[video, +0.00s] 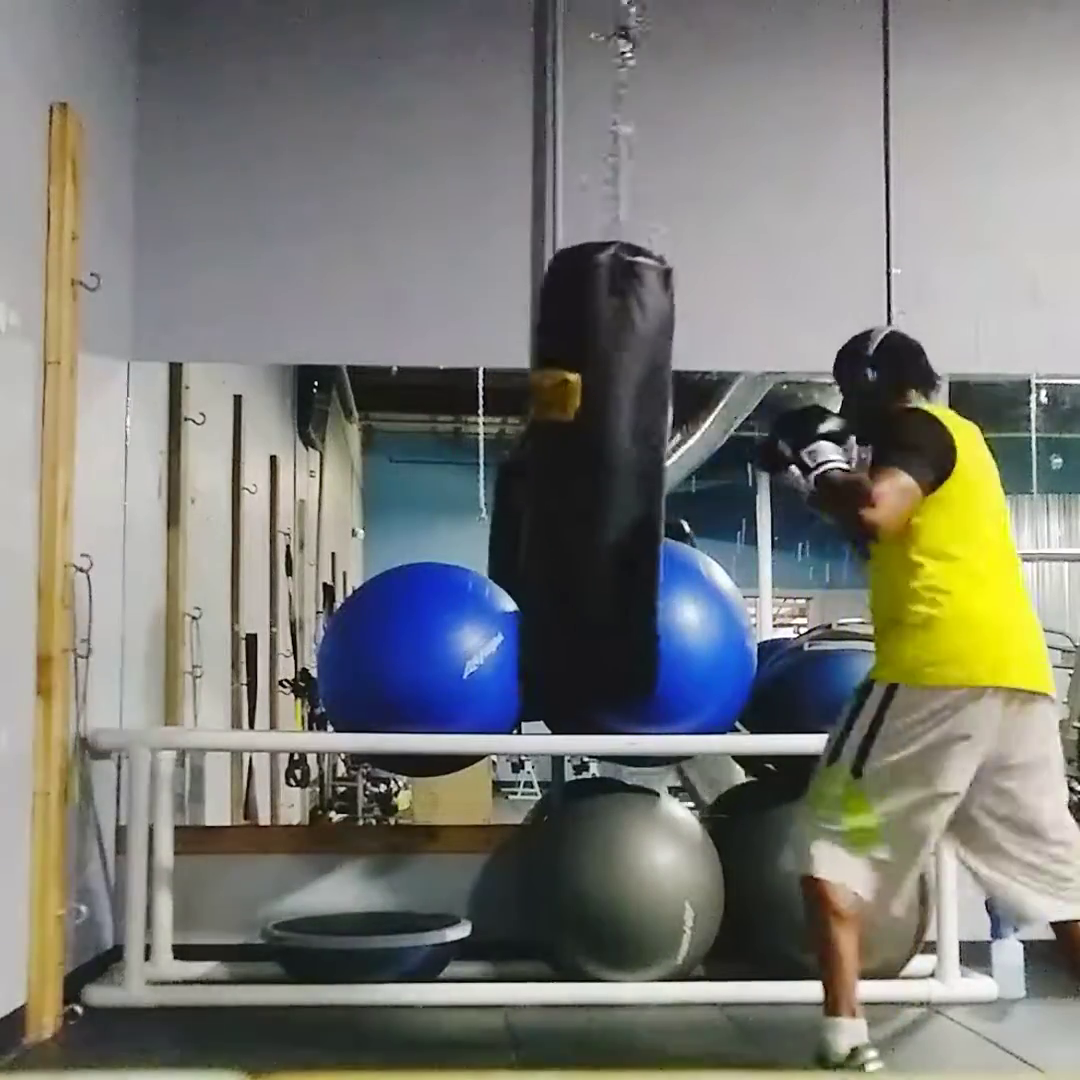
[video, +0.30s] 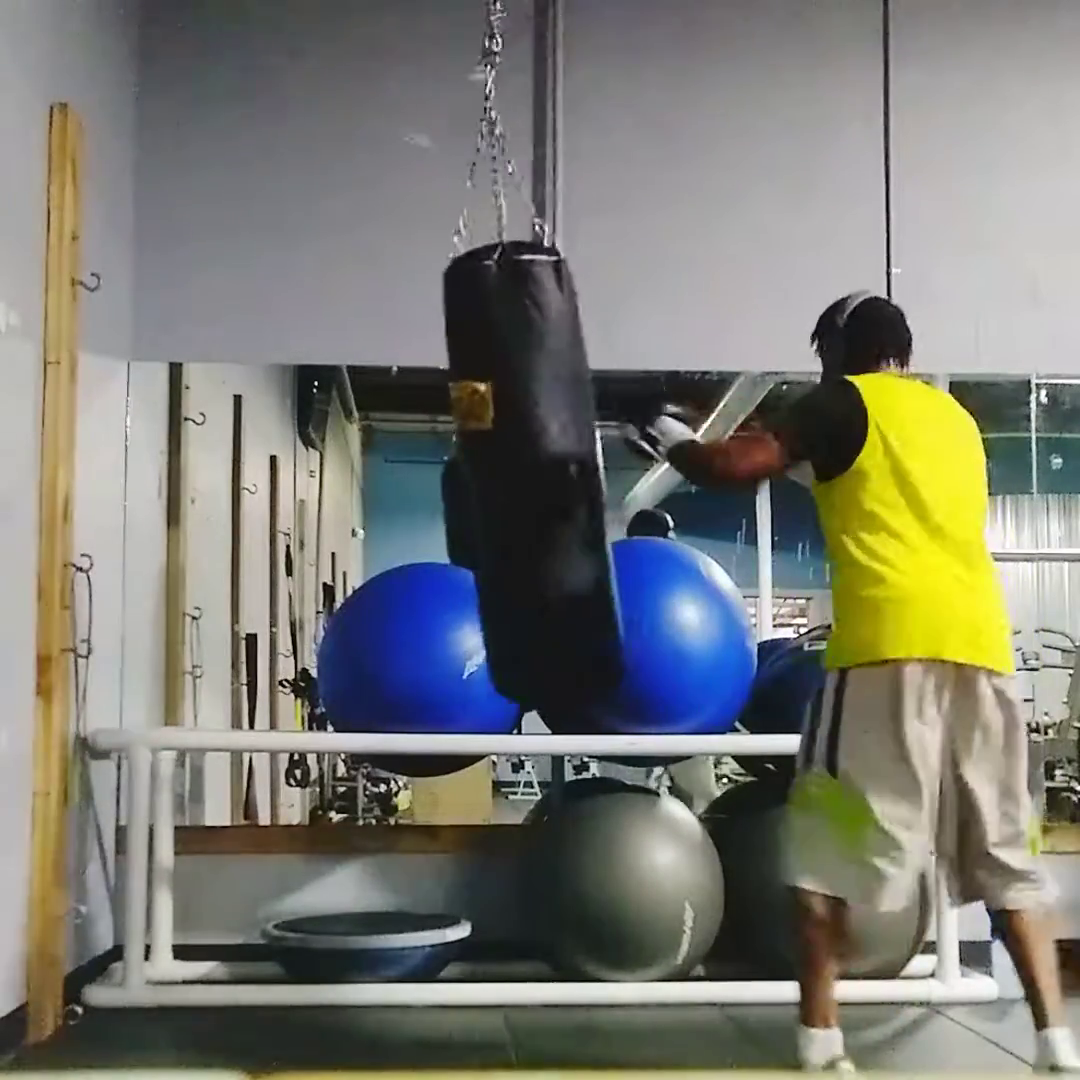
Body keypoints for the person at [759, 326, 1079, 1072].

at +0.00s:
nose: (852, 413)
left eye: (853, 400)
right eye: (850, 403)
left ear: (874, 392)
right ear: (926, 383)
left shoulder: (916, 425)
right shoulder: (963, 435)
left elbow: (877, 512)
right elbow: (881, 516)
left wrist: (821, 468)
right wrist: (829, 476)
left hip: (937, 669)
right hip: (1021, 673)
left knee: (833, 840)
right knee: (1060, 875)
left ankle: (845, 1029)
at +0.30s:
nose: (824, 371)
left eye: (826, 360)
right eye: (824, 362)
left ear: (843, 356)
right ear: (903, 356)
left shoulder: (843, 398)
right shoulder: (958, 417)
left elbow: (728, 464)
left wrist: (676, 442)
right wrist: (805, 439)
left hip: (883, 647)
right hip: (984, 650)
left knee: (819, 841)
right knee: (1008, 853)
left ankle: (821, 1035)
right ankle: (1056, 1037)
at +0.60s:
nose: (752, 375)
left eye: (752, 364)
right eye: (755, 368)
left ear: (762, 360)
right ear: (835, 358)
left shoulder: (754, 399)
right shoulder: (903, 418)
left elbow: (630, 418)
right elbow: (909, 521)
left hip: (804, 642)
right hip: (915, 647)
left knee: (745, 862)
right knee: (968, 866)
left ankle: (707, 1060)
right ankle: (1019, 1056)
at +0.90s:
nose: (684, 366)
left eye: (686, 356)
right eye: (688, 358)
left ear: (695, 352)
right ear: (769, 350)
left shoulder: (688, 396)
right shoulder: (831, 419)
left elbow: (586, 478)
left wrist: (573, 445)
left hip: (706, 653)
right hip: (823, 656)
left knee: (622, 833)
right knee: (867, 861)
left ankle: (570, 1033)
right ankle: (914, 1059)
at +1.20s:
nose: (581, 339)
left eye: (580, 328)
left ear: (584, 324)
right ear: (665, 321)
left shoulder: (561, 377)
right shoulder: (726, 387)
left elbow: (439, 463)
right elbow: (751, 518)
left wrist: (461, 411)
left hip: (598, 633)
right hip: (712, 635)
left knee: (565, 855)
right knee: (747, 855)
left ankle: (541, 1059)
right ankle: (762, 1057)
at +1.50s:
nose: (555, 320)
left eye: (556, 307)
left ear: (557, 309)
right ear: (644, 311)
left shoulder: (528, 381)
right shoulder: (707, 400)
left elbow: (479, 519)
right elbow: (722, 552)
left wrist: (518, 525)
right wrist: (646, 522)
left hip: (538, 659)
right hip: (653, 666)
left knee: (526, 876)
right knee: (640, 888)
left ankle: (537, 1063)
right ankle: (619, 1072)